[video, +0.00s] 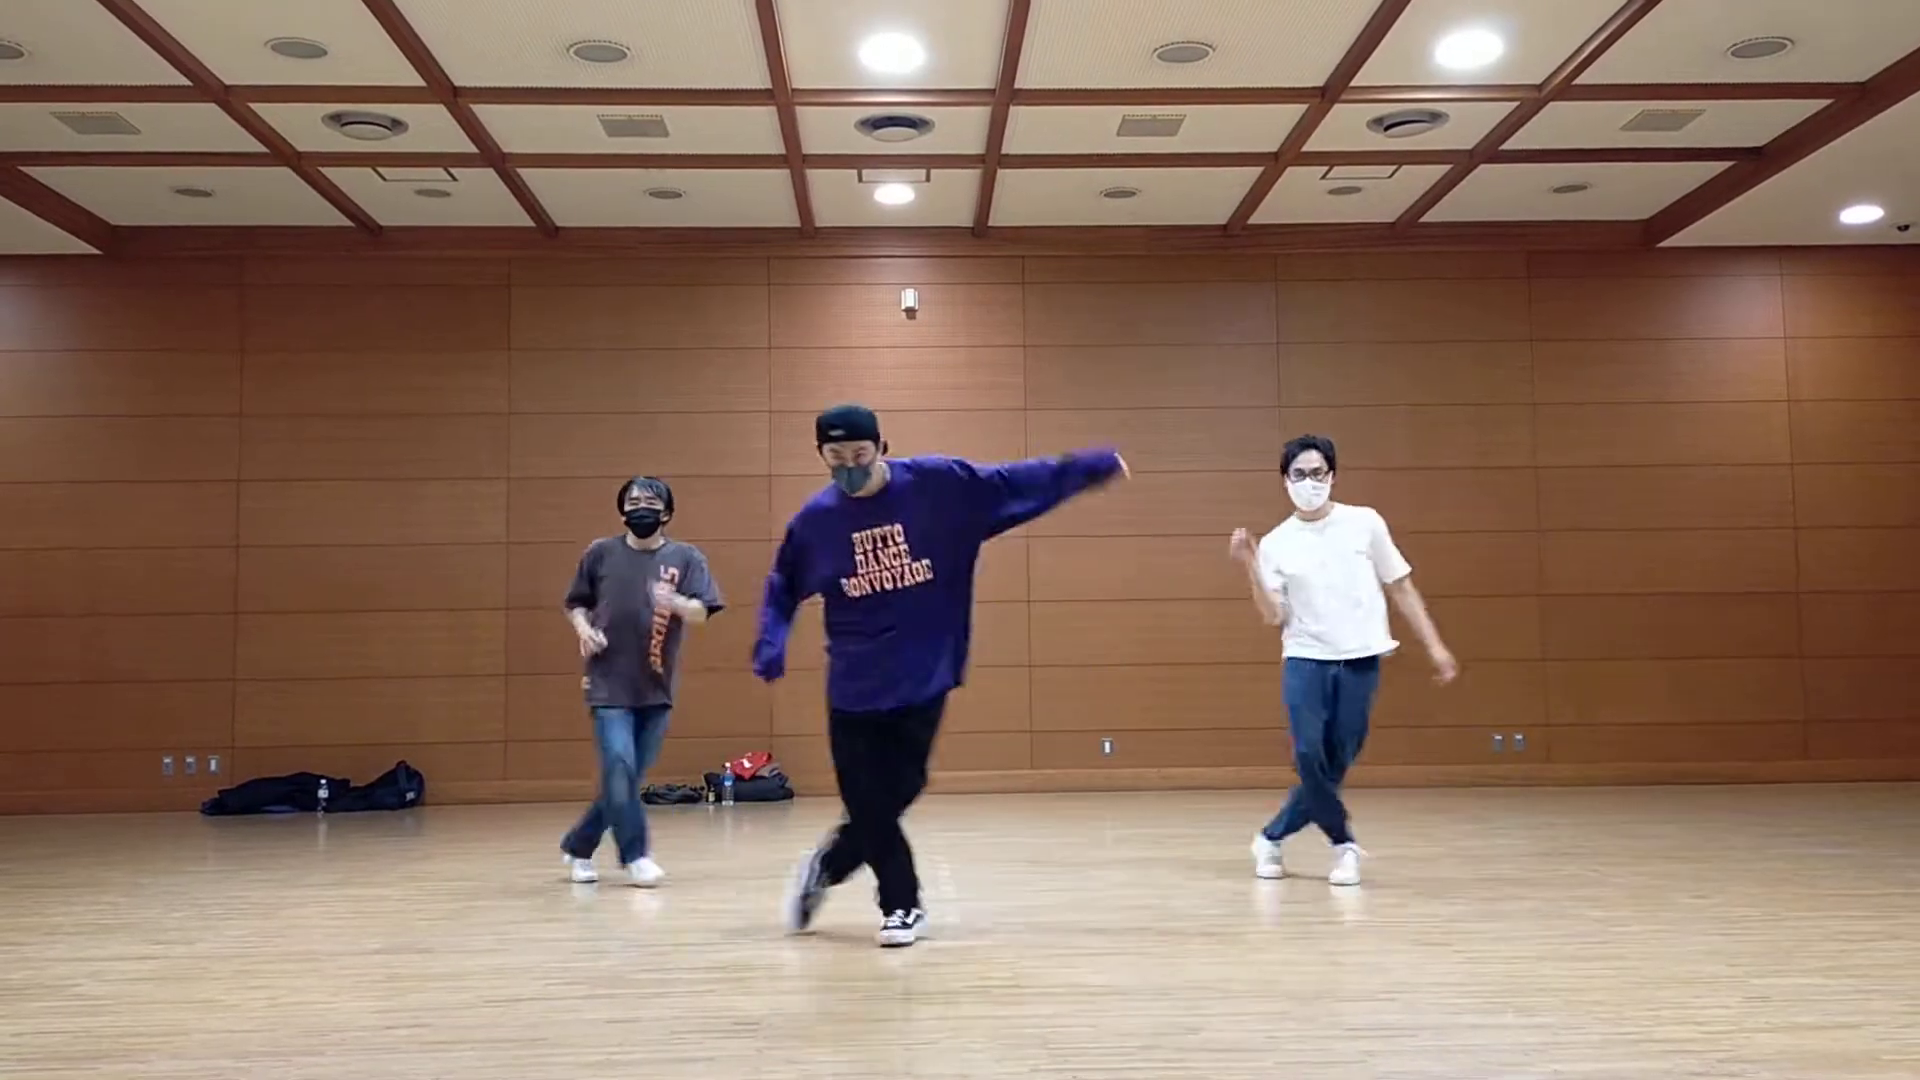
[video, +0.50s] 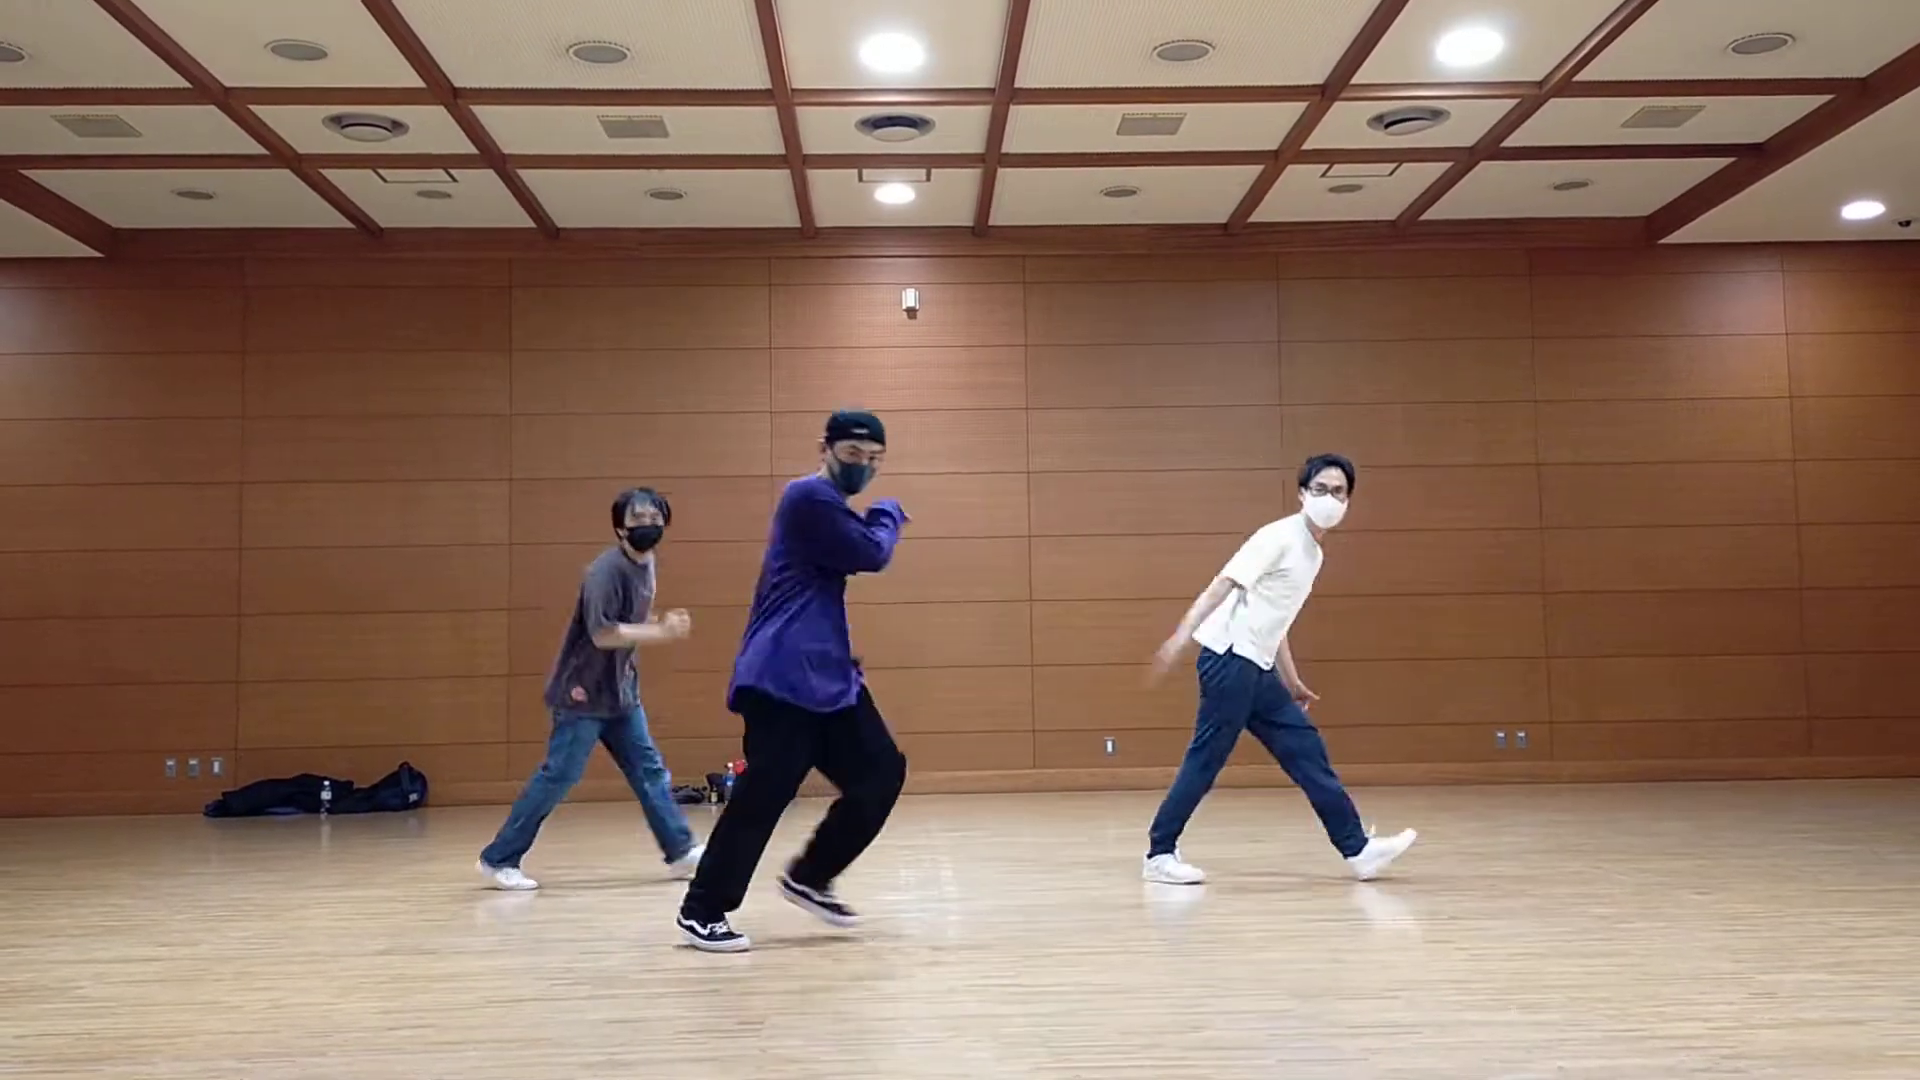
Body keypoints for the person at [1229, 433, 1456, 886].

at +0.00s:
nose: (1311, 482)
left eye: (1319, 474)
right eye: (1300, 475)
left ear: (1332, 478)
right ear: (1286, 482)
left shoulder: (1366, 524)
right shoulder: (1275, 543)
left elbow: (1401, 589)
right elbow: (1274, 616)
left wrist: (1436, 647)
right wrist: (1251, 567)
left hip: (1361, 658)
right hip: (1305, 658)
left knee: (1339, 759)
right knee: (1310, 752)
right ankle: (1343, 845)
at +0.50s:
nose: (1330, 499)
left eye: (1339, 492)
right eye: (1322, 489)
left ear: (1347, 502)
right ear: (1302, 494)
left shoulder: (1313, 556)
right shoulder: (1279, 536)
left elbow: (1275, 622)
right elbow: (1221, 586)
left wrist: (1293, 682)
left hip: (1259, 666)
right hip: (1229, 658)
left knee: (1306, 751)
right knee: (1206, 757)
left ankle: (1358, 849)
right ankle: (1159, 854)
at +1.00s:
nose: (1388, 478)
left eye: (1397, 470)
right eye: (1379, 469)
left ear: (1409, 474)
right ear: (1363, 471)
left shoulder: (1419, 522)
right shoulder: (1333, 519)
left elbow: (1424, 592)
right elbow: (1298, 581)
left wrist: (1478, 608)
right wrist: (1276, 541)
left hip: (1403, 646)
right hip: (1348, 649)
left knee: (1435, 737)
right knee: (1379, 751)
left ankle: (1410, 841)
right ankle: (1407, 839)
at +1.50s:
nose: (1342, 501)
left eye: (1349, 489)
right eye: (1331, 496)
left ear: (1365, 488)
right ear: (1322, 506)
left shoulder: (1406, 522)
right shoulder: (1348, 563)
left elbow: (1474, 561)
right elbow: (1376, 624)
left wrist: (1525, 614)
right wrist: (1398, 648)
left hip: (1463, 653)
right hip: (1417, 670)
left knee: (1509, 748)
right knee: (1395, 753)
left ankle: (1566, 841)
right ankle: (1368, 855)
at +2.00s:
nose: (1290, 473)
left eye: (1296, 464)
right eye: (1279, 468)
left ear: (1308, 467)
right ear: (1263, 478)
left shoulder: (1338, 505)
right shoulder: (1259, 535)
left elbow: (1381, 556)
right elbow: (1254, 604)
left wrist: (1441, 575)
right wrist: (1249, 560)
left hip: (1344, 644)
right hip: (1293, 649)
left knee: (1328, 760)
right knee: (1302, 747)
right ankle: (1343, 851)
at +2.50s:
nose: (1346, 502)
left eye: (1356, 497)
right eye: (1338, 491)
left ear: (1362, 509)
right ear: (1318, 493)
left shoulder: (1323, 561)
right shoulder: (1287, 527)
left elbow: (1280, 624)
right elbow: (1221, 558)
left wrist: (1295, 681)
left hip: (1270, 664)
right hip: (1235, 652)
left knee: (1319, 752)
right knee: (1206, 752)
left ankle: (1366, 851)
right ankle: (1163, 852)